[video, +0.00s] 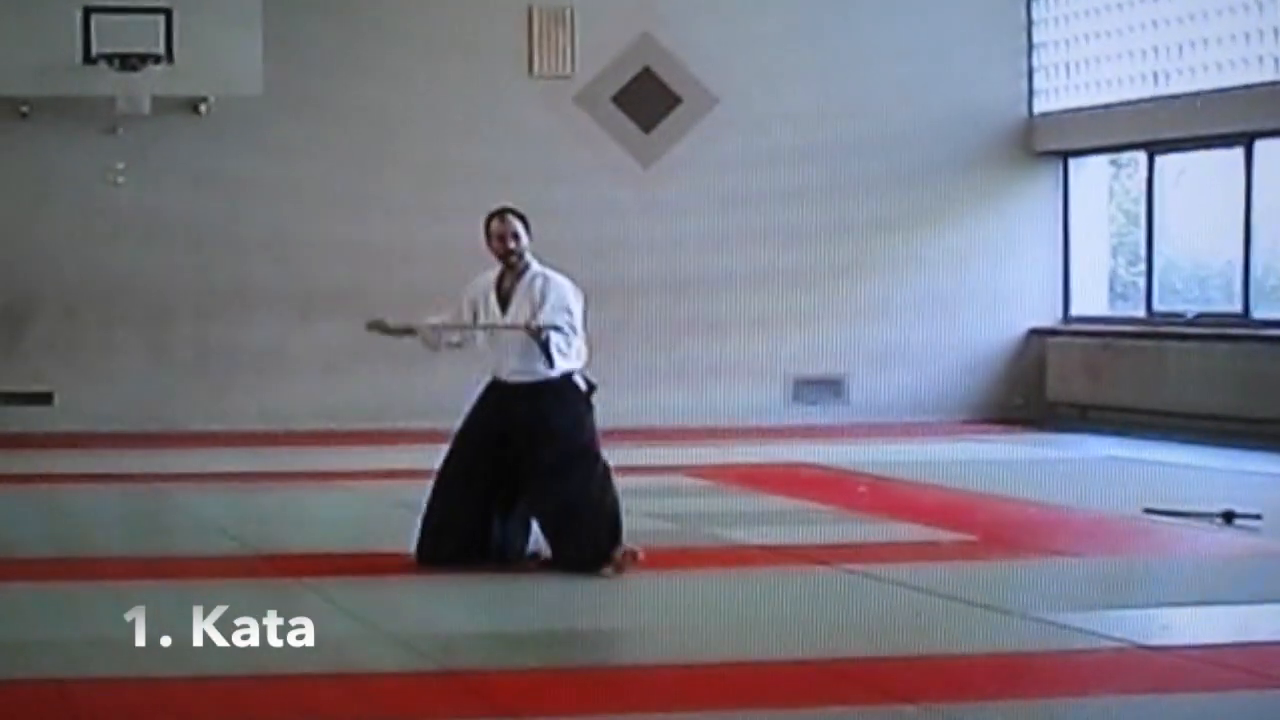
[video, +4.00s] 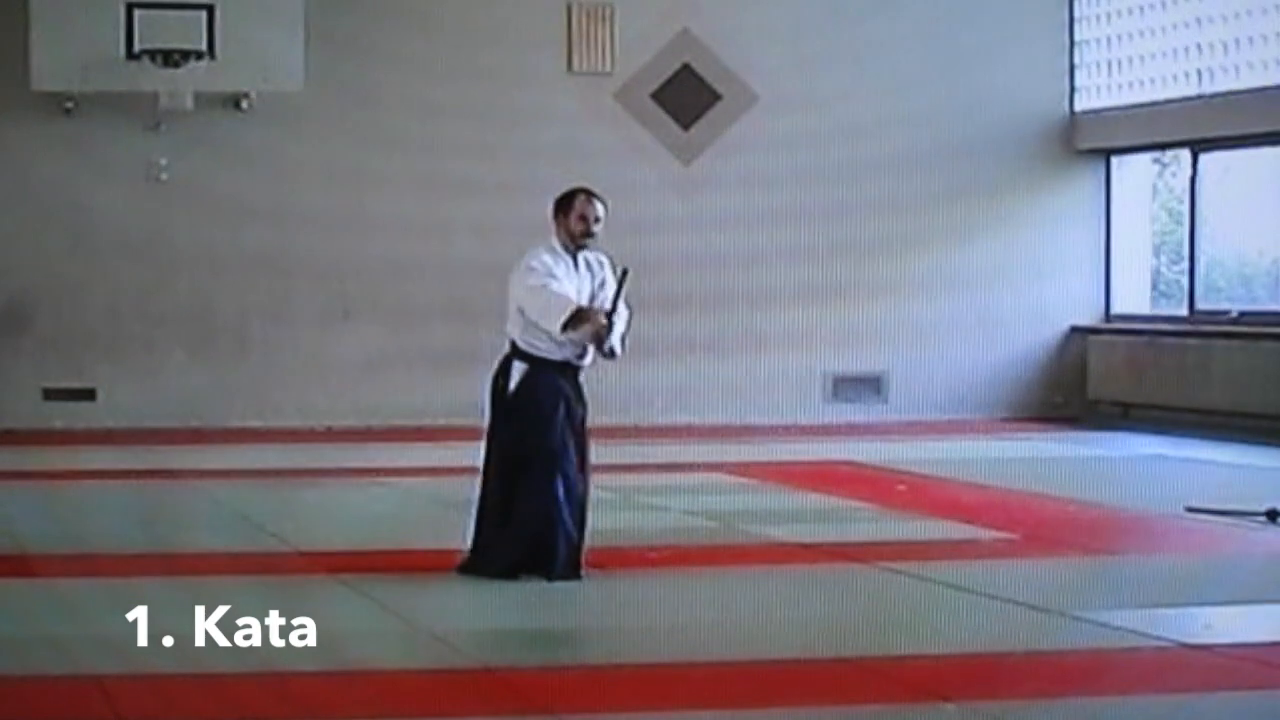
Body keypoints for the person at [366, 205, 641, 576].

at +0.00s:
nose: (509, 245)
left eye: (515, 236)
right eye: (499, 239)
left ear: (528, 238)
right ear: (490, 246)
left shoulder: (556, 289)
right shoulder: (481, 290)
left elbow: (572, 351)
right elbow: (457, 335)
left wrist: (545, 338)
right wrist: (410, 330)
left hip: (553, 395)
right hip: (503, 393)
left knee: (574, 476)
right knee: (471, 470)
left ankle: (602, 551)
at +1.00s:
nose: (615, 224)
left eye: (621, 216)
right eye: (606, 218)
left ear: (634, 221)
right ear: (594, 225)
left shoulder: (654, 270)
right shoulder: (578, 272)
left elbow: (660, 311)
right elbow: (576, 330)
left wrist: (661, 333)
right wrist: (616, 355)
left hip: (639, 376)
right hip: (593, 376)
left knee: (638, 466)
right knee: (594, 465)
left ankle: (649, 554)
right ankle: (598, 552)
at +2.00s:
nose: (499, 233)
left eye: (503, 225)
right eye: (490, 229)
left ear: (516, 227)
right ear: (482, 235)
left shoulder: (541, 268)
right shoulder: (479, 265)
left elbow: (497, 279)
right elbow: (436, 240)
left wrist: (470, 237)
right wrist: (411, 201)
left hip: (542, 377)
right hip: (498, 373)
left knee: (534, 465)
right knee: (472, 457)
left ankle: (547, 547)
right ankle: (466, 544)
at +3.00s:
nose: (535, 218)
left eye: (542, 210)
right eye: (526, 210)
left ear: (551, 216)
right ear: (511, 215)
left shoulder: (562, 263)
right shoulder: (498, 260)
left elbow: (592, 266)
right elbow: (477, 251)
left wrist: (578, 216)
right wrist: (516, 208)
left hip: (554, 367)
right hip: (507, 365)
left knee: (564, 462)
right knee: (510, 461)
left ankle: (540, 553)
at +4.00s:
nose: (591, 228)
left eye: (596, 221)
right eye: (583, 219)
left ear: (600, 226)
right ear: (561, 220)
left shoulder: (600, 267)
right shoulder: (536, 264)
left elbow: (620, 313)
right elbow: (550, 304)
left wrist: (603, 329)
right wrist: (591, 320)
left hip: (568, 376)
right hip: (530, 374)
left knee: (570, 469)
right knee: (544, 467)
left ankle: (562, 557)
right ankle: (546, 558)